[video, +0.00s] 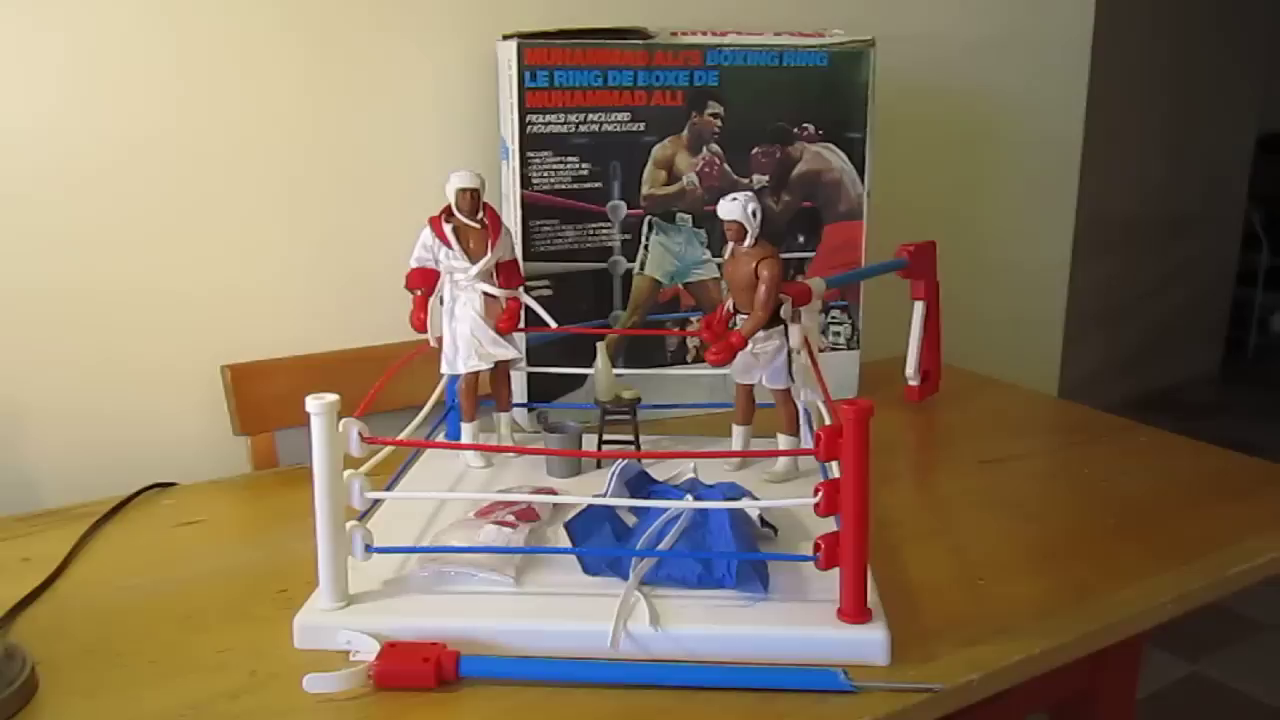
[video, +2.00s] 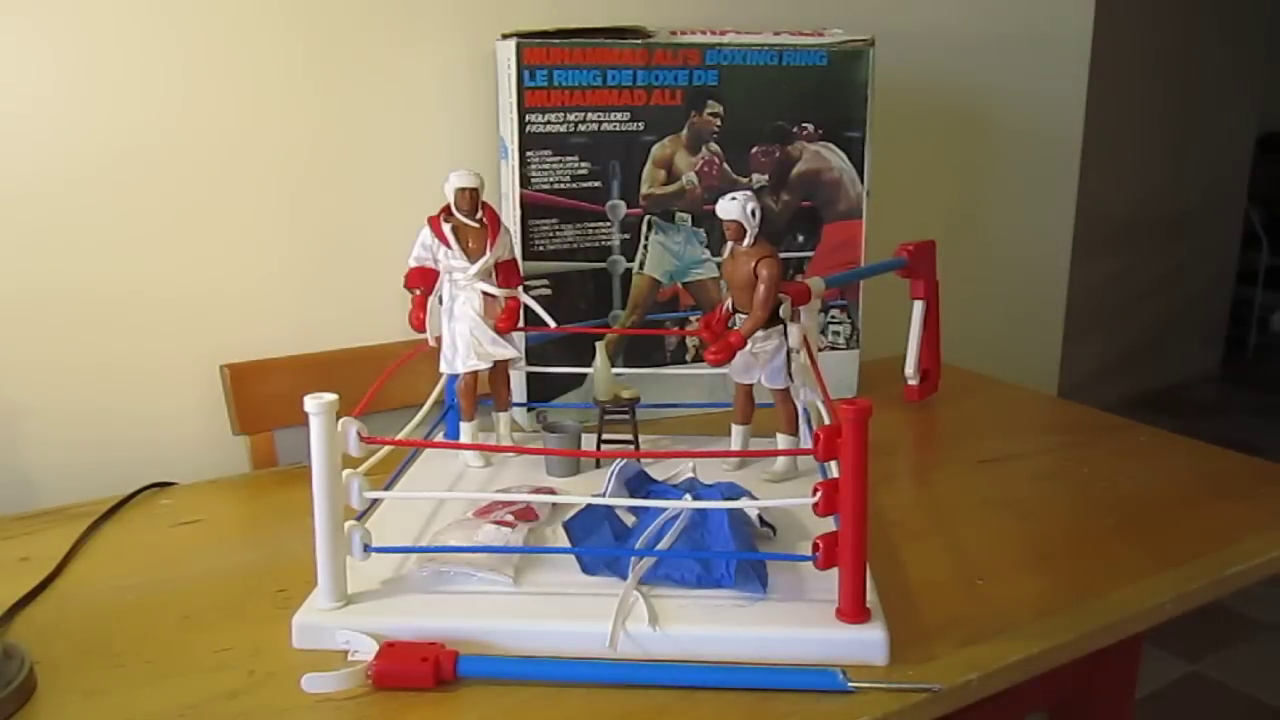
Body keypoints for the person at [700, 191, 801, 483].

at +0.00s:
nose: (726, 230)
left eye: (731, 225)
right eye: (724, 224)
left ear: (748, 225)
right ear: (725, 225)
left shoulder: (767, 261)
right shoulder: (731, 252)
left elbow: (762, 313)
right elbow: (735, 292)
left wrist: (737, 340)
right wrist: (721, 316)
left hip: (770, 333)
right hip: (743, 330)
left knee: (780, 392)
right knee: (743, 387)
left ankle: (788, 457)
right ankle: (739, 450)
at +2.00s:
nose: (725, 228)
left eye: (730, 223)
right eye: (723, 223)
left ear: (748, 223)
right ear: (724, 223)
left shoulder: (767, 263)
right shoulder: (731, 250)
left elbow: (761, 314)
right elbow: (735, 292)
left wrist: (736, 340)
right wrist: (719, 318)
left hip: (768, 333)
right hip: (742, 329)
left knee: (780, 392)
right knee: (742, 387)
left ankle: (787, 457)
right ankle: (737, 450)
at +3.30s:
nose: (725, 227)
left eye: (730, 222)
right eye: (723, 221)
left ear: (748, 222)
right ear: (723, 222)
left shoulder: (767, 262)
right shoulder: (730, 249)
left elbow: (761, 313)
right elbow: (735, 292)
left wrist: (735, 340)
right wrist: (719, 316)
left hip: (769, 332)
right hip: (742, 328)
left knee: (780, 391)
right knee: (742, 386)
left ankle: (787, 456)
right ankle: (737, 450)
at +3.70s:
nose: (725, 227)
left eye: (731, 222)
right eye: (723, 222)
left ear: (748, 223)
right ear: (723, 222)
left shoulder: (767, 261)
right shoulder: (729, 250)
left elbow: (761, 313)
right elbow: (735, 291)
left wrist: (735, 339)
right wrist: (719, 316)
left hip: (769, 332)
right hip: (743, 328)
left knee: (780, 390)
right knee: (742, 386)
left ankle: (787, 456)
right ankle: (737, 450)